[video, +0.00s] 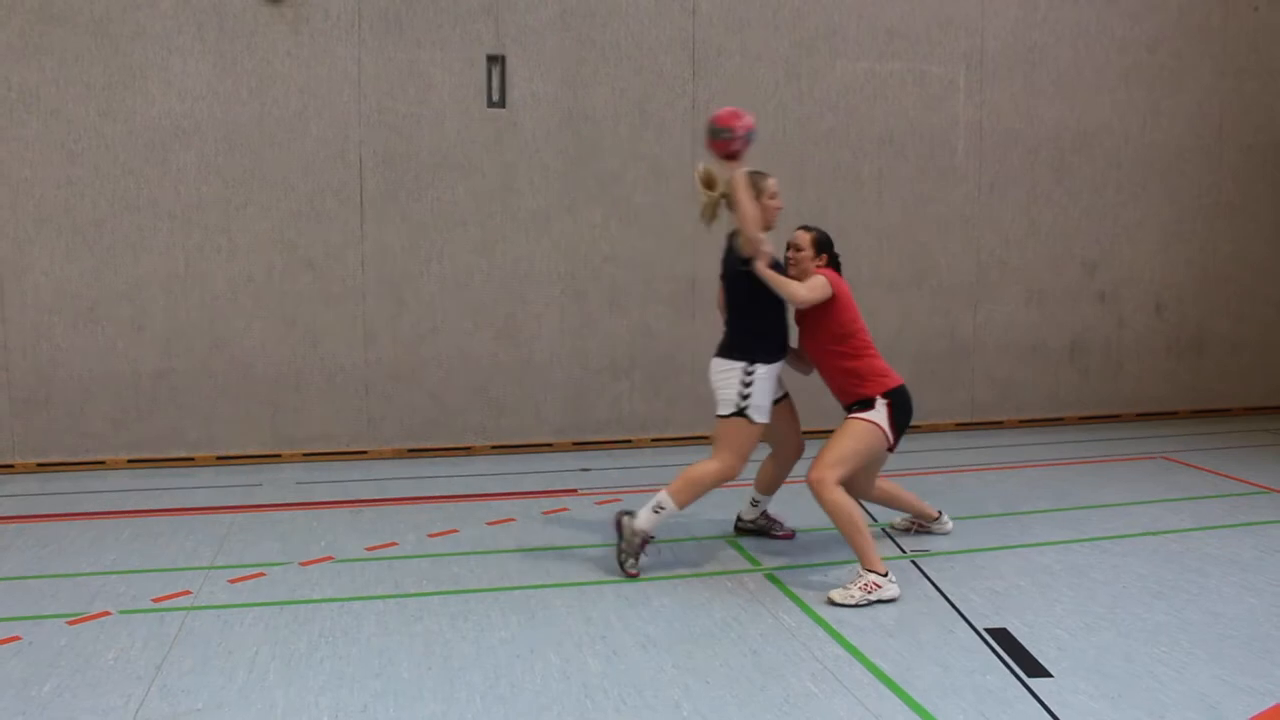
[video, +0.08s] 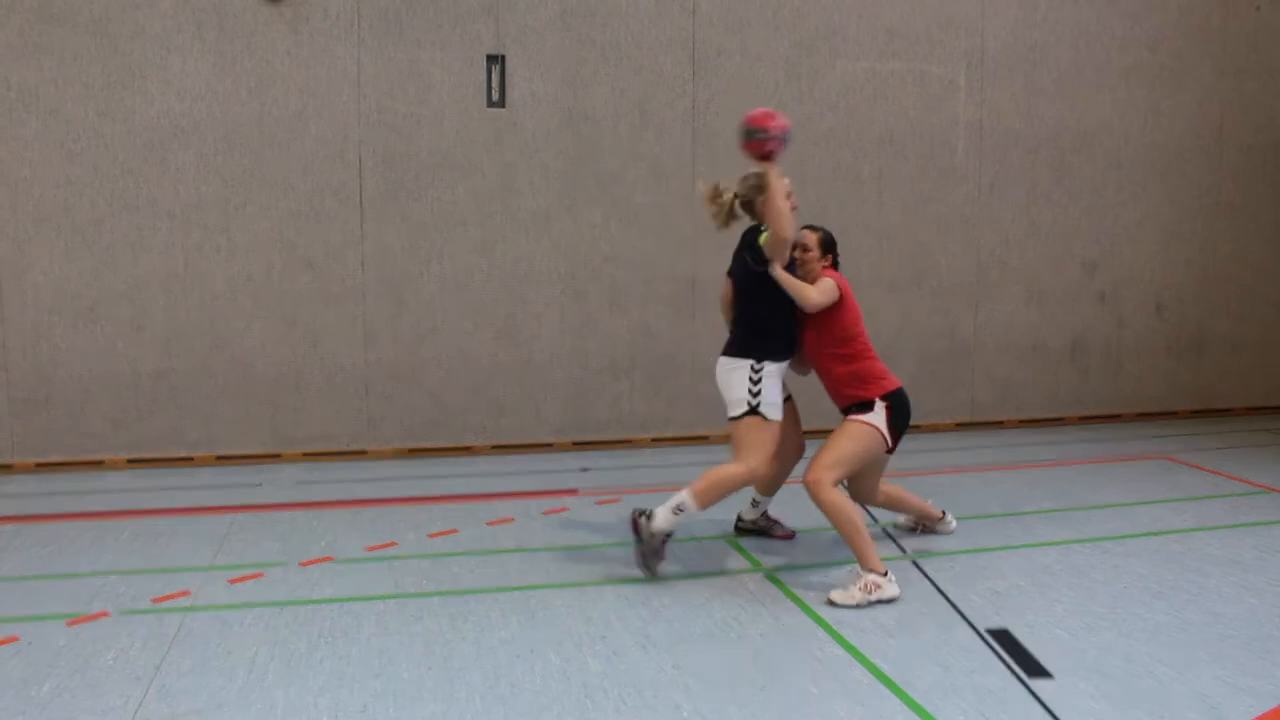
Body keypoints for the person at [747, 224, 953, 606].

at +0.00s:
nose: (788, 256)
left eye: (797, 250)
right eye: (788, 250)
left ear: (821, 258)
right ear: (790, 258)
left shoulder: (825, 278)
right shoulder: (808, 300)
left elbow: (800, 296)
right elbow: (805, 365)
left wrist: (761, 270)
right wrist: (765, 336)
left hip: (880, 402)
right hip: (870, 404)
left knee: (823, 478)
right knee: (860, 485)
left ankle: (877, 576)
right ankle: (931, 517)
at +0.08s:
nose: (794, 256)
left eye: (804, 250)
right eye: (793, 250)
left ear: (826, 259)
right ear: (793, 258)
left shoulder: (830, 281)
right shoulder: (801, 303)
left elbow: (812, 300)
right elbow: (802, 365)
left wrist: (775, 272)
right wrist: (763, 322)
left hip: (880, 405)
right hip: (865, 407)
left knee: (820, 479)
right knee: (866, 492)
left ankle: (876, 576)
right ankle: (933, 517)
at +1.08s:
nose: (749, 242)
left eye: (757, 234)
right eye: (746, 235)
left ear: (786, 234)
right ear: (750, 240)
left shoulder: (809, 265)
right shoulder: (758, 279)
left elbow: (788, 292)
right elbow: (710, 316)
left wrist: (725, 271)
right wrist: (661, 316)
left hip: (861, 382)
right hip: (825, 386)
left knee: (805, 474)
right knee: (778, 458)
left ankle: (845, 585)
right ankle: (823, 525)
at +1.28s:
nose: (741, 216)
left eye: (748, 208)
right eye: (740, 209)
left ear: (776, 210)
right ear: (760, 214)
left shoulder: (801, 241)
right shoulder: (758, 252)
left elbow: (782, 285)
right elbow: (721, 299)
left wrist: (719, 267)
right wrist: (678, 306)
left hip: (859, 351)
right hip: (827, 352)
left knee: (799, 439)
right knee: (786, 431)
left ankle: (826, 546)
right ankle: (822, 512)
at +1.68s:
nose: (745, 221)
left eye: (752, 214)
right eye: (744, 214)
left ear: (778, 218)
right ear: (755, 220)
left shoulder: (801, 250)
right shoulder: (765, 256)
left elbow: (808, 309)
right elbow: (755, 308)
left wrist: (752, 304)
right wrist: (712, 317)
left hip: (850, 348)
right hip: (821, 350)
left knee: (807, 434)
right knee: (797, 430)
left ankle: (823, 537)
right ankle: (830, 495)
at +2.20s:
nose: (751, 228)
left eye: (757, 222)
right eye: (751, 222)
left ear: (782, 224)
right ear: (773, 227)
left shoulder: (801, 250)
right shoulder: (778, 261)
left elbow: (788, 295)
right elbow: (775, 307)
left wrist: (738, 272)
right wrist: (732, 314)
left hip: (863, 344)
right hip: (837, 348)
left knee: (819, 424)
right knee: (809, 423)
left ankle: (844, 522)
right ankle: (838, 488)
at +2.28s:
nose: (752, 229)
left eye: (759, 223)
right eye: (752, 223)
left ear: (783, 226)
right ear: (776, 228)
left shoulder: (801, 252)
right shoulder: (780, 263)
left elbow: (789, 297)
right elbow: (782, 309)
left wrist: (738, 271)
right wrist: (737, 317)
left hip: (864, 346)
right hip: (837, 350)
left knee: (821, 426)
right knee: (809, 424)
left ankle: (850, 524)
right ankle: (838, 489)